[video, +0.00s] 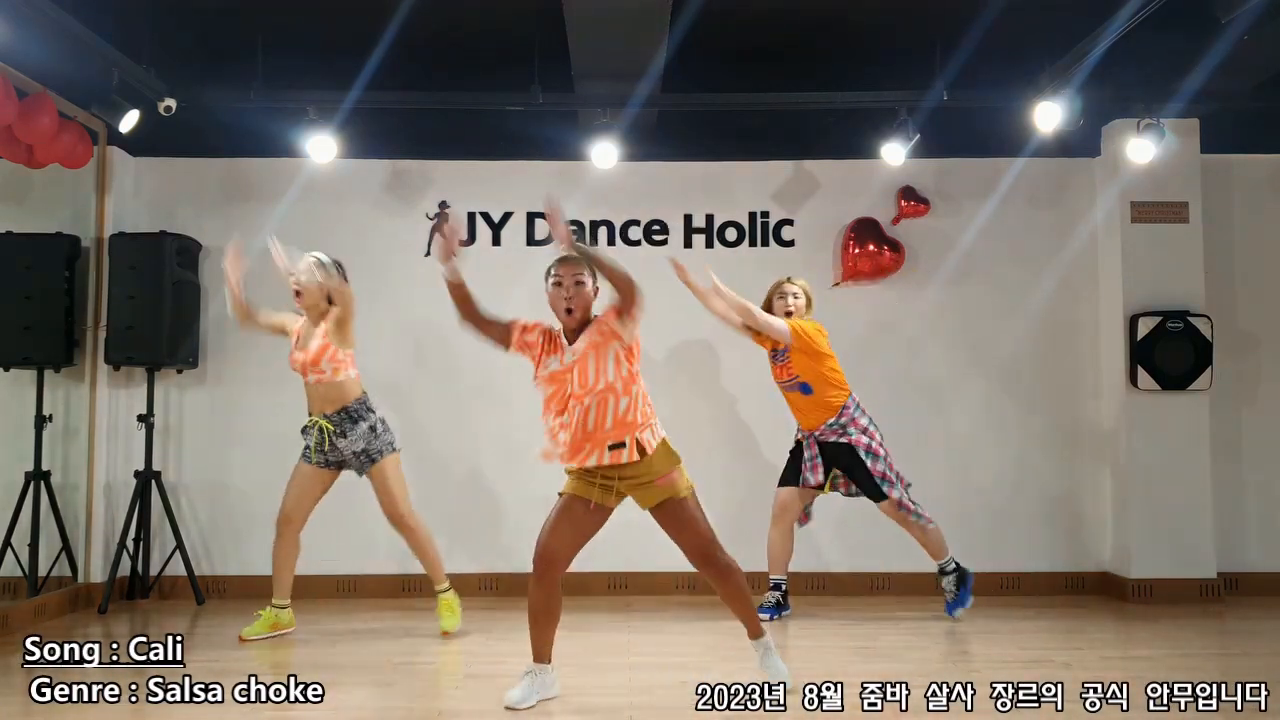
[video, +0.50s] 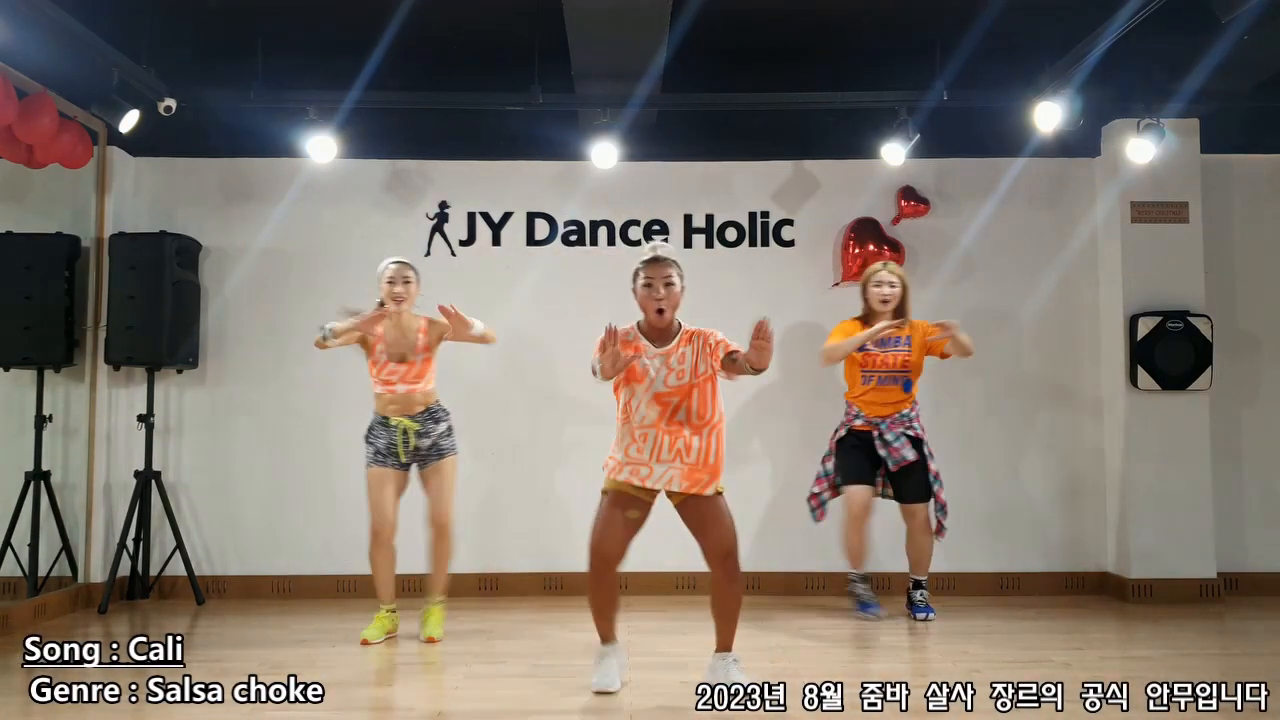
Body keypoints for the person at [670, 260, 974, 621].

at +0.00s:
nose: (788, 299)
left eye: (796, 295)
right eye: (781, 295)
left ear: (806, 308)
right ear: (771, 307)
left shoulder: (809, 333)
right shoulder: (772, 340)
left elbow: (755, 317)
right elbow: (731, 317)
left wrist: (719, 287)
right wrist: (695, 286)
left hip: (848, 433)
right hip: (811, 440)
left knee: (895, 507)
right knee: (783, 507)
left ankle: (951, 571)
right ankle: (777, 595)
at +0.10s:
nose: (802, 297)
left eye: (809, 292)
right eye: (794, 292)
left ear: (820, 303)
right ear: (783, 304)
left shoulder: (828, 332)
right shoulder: (776, 340)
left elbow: (807, 356)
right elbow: (731, 346)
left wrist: (764, 332)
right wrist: (715, 315)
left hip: (854, 430)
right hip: (814, 437)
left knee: (894, 508)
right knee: (787, 509)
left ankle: (940, 568)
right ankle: (777, 593)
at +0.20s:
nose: (821, 297)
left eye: (829, 291)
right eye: (814, 291)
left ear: (840, 300)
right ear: (802, 301)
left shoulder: (851, 336)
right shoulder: (792, 345)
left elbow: (866, 383)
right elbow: (757, 377)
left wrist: (817, 372)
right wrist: (754, 360)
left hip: (863, 434)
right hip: (821, 438)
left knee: (900, 513)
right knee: (792, 510)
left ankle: (921, 584)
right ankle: (776, 592)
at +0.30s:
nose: (844, 295)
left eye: (852, 290)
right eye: (837, 289)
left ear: (863, 299)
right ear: (826, 298)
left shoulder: (878, 337)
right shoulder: (815, 343)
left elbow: (913, 383)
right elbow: (783, 392)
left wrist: (871, 382)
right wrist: (802, 385)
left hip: (880, 436)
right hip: (836, 436)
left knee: (906, 517)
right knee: (805, 510)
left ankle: (918, 592)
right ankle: (779, 592)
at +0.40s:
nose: (866, 292)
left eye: (874, 286)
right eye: (859, 286)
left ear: (884, 294)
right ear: (847, 294)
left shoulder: (902, 333)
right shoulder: (834, 338)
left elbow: (949, 365)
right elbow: (802, 383)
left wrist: (917, 353)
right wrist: (837, 361)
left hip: (895, 431)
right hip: (850, 432)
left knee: (913, 514)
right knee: (826, 506)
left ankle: (918, 591)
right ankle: (811, 585)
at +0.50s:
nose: (884, 290)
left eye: (892, 284)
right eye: (877, 284)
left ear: (902, 293)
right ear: (865, 292)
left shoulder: (917, 331)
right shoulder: (852, 328)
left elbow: (965, 352)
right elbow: (828, 356)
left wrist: (954, 334)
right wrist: (873, 332)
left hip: (904, 429)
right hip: (859, 429)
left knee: (918, 514)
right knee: (857, 504)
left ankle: (918, 591)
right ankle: (858, 581)